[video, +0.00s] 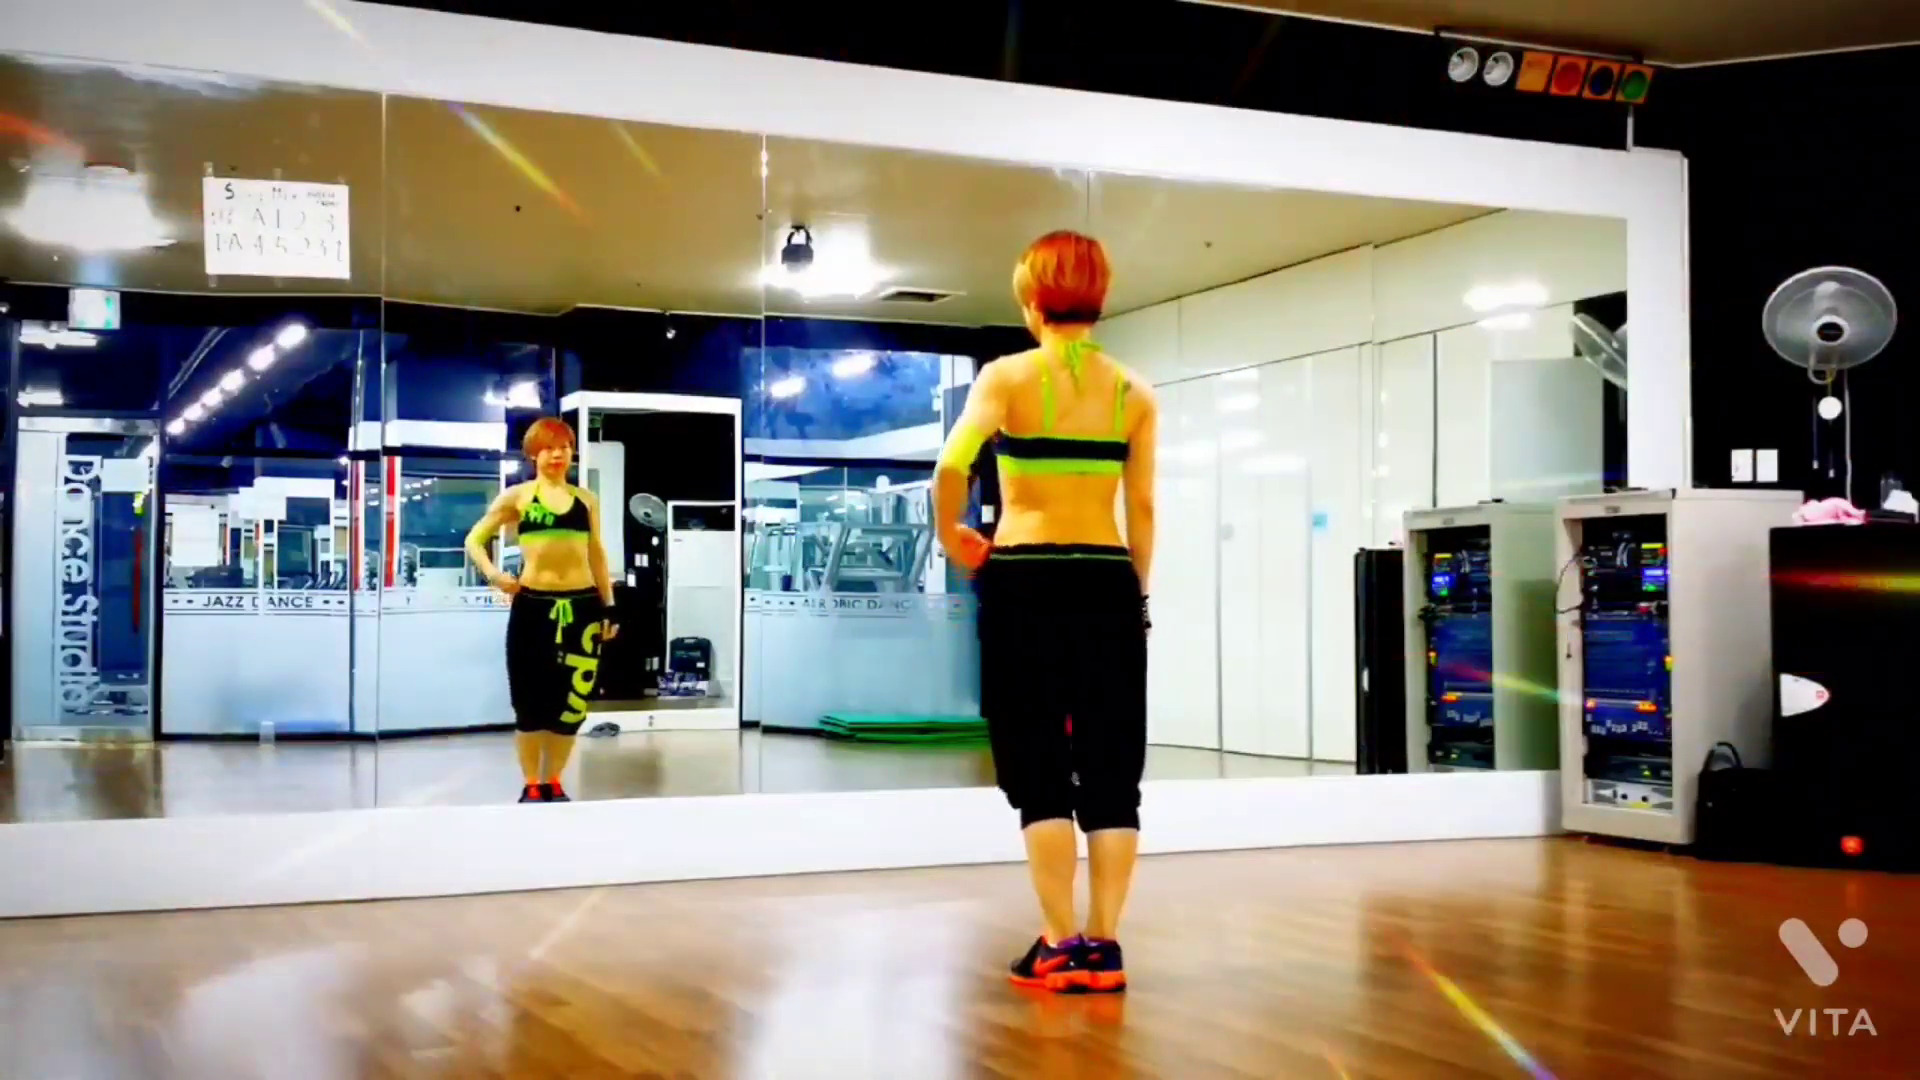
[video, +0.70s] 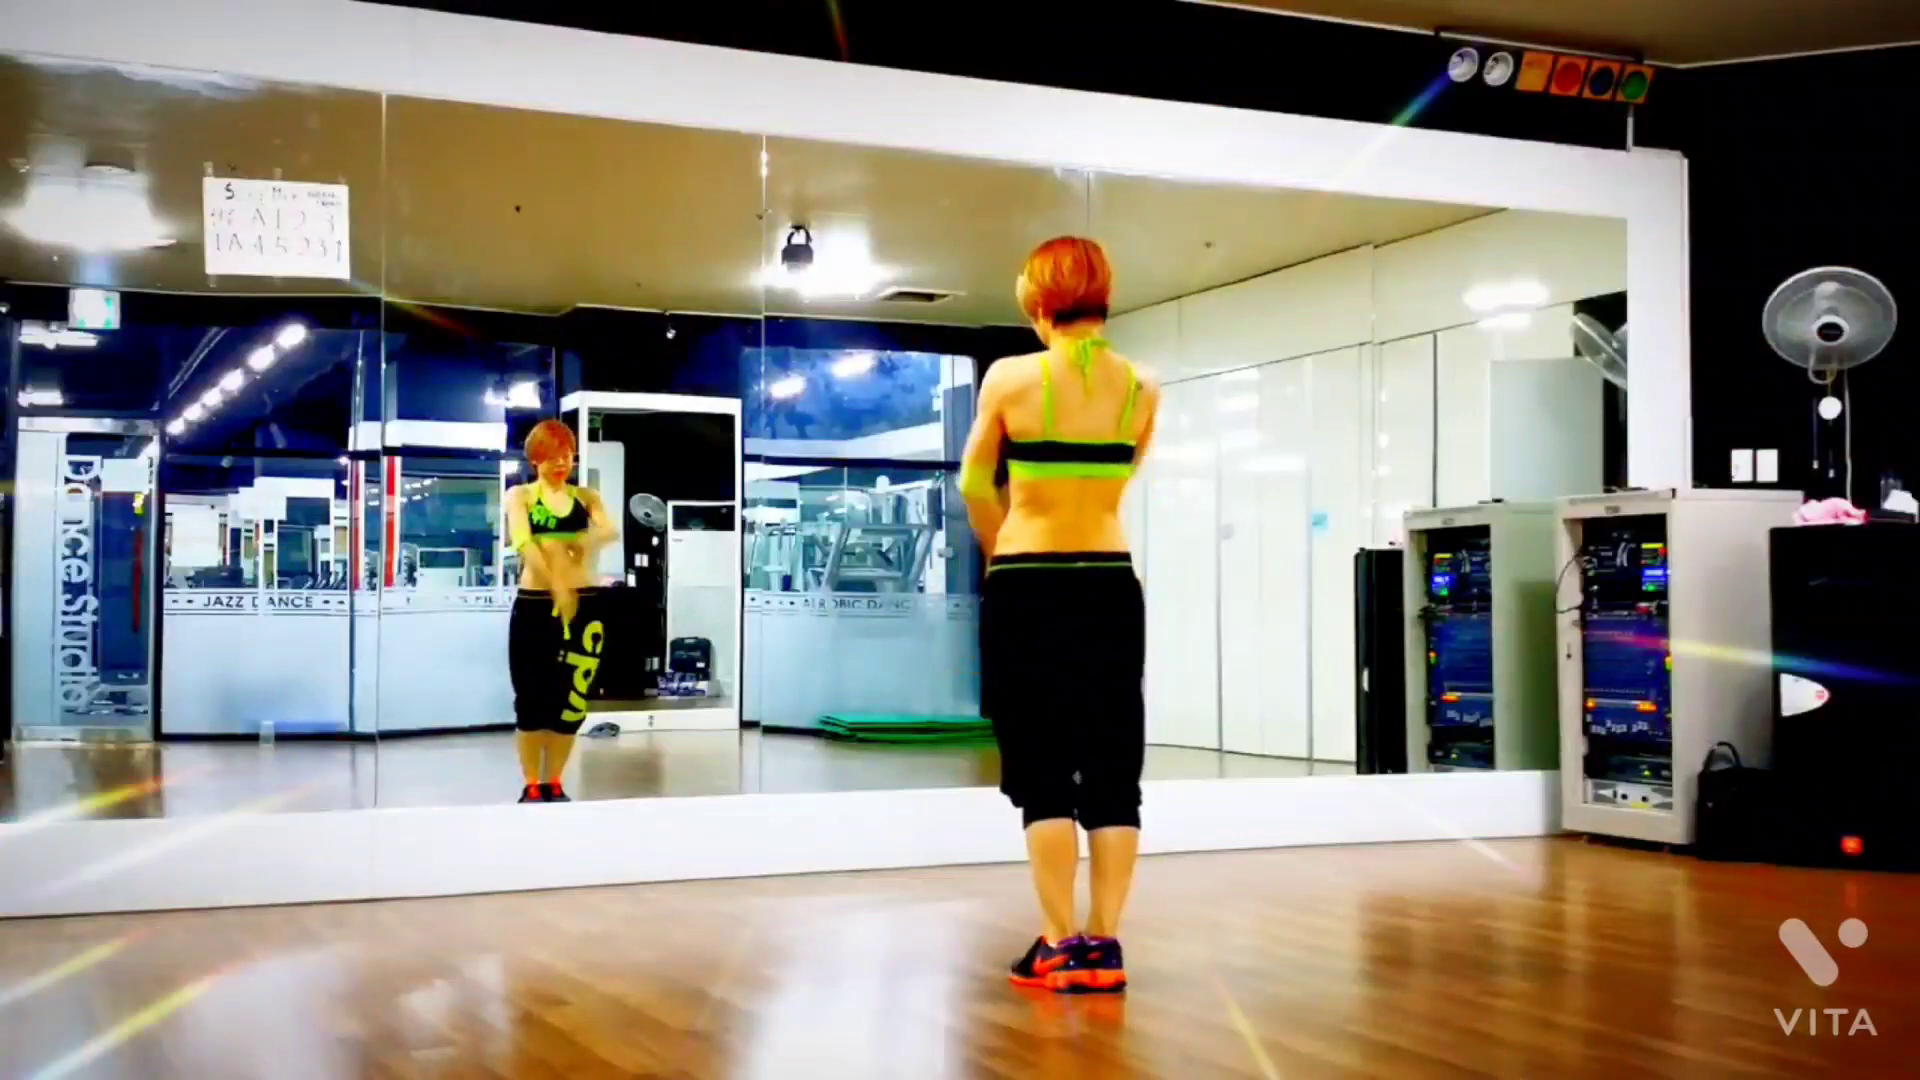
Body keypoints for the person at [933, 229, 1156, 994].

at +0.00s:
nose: (1023, 307)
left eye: (1024, 297)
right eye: (1031, 296)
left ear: (1032, 302)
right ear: (1100, 300)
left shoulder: (1004, 377)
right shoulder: (1133, 392)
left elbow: (952, 470)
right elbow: (1142, 504)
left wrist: (951, 536)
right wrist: (1137, 584)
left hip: (1021, 587)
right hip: (1107, 587)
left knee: (1034, 762)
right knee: (1114, 764)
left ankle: (1061, 938)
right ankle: (1104, 944)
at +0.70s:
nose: (1027, 311)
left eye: (1029, 301)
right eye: (1038, 300)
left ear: (1035, 305)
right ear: (1105, 301)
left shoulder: (1009, 378)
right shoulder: (1140, 389)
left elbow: (976, 488)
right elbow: (1123, 477)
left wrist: (1009, 548)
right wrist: (1057, 531)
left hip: (1025, 591)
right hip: (1108, 589)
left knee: (1040, 764)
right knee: (1114, 766)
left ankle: (1059, 939)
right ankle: (1103, 941)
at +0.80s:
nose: (1023, 307)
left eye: (1026, 296)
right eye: (1030, 295)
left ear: (1036, 301)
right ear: (1103, 298)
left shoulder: (1016, 366)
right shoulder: (1138, 375)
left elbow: (959, 418)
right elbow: (1094, 419)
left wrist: (1030, 435)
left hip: (1027, 587)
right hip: (1111, 586)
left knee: (1041, 767)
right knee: (1117, 766)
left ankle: (1061, 940)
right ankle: (1105, 943)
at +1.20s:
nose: (1014, 318)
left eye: (1020, 307)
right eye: (1020, 305)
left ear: (1031, 319)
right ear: (1098, 320)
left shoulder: (998, 395)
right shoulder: (1124, 398)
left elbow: (994, 457)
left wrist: (1005, 361)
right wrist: (1030, 360)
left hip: (1039, 602)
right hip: (1123, 599)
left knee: (1026, 780)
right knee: (1092, 787)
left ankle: (1061, 941)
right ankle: (1102, 944)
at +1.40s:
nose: (1029, 391)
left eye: (1031, 381)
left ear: (1030, 392)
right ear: (1101, 393)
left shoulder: (997, 470)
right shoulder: (1130, 477)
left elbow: (983, 595)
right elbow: (1104, 579)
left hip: (1033, 666)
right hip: (1118, 665)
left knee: (1010, 819)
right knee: (1072, 818)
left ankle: (1059, 941)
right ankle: (1099, 944)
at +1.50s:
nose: (1040, 373)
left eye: (1038, 361)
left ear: (1033, 371)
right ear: (1106, 375)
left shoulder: (998, 447)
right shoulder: (1128, 460)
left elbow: (953, 563)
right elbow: (1146, 569)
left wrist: (917, 654)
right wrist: (1143, 637)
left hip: (1030, 645)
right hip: (1114, 646)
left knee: (1014, 808)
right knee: (1075, 809)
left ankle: (1061, 941)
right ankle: (1101, 944)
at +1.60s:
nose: (1037, 323)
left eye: (1037, 310)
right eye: (1074, 312)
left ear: (1031, 319)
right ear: (1103, 322)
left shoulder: (1000, 388)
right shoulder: (1123, 398)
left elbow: (899, 436)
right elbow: (1208, 453)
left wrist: (831, 483)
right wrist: (1279, 500)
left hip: (1027, 595)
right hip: (1106, 593)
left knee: (1022, 775)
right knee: (1092, 775)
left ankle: (1062, 938)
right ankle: (1101, 942)